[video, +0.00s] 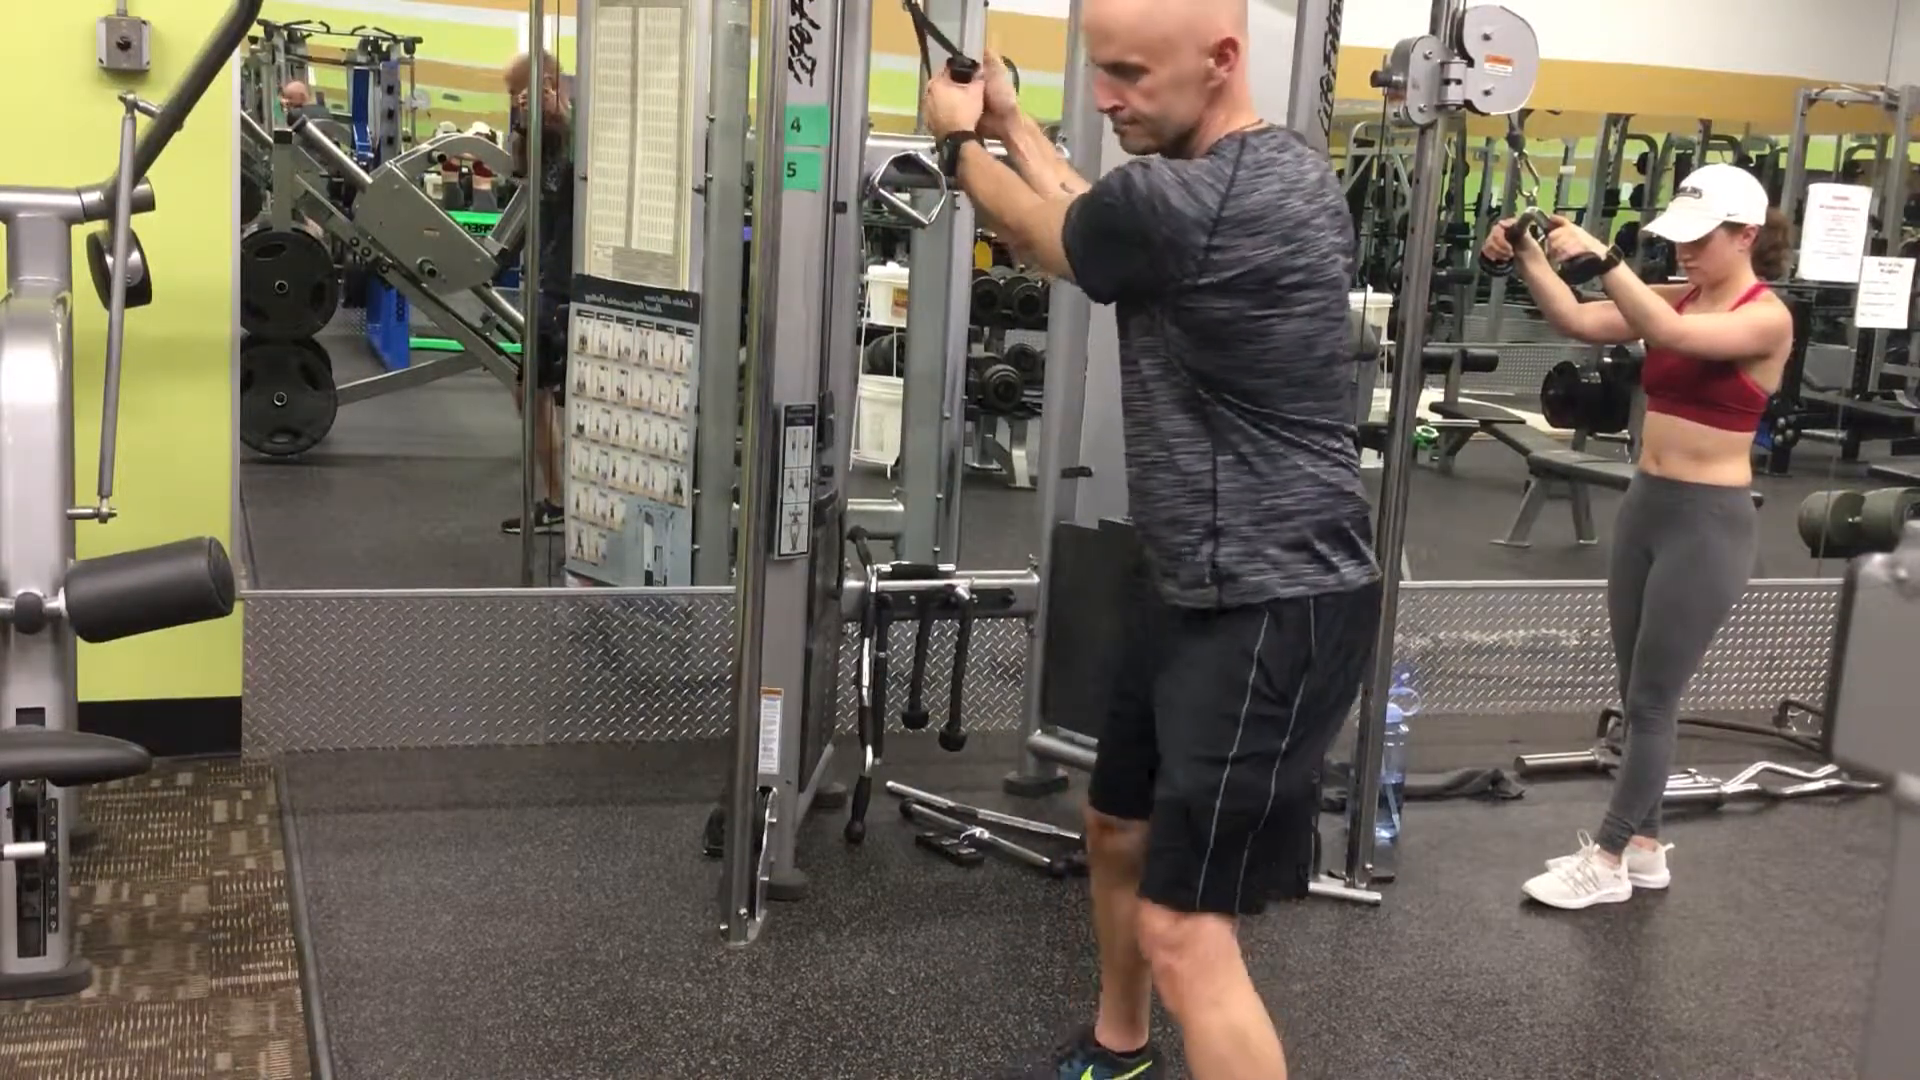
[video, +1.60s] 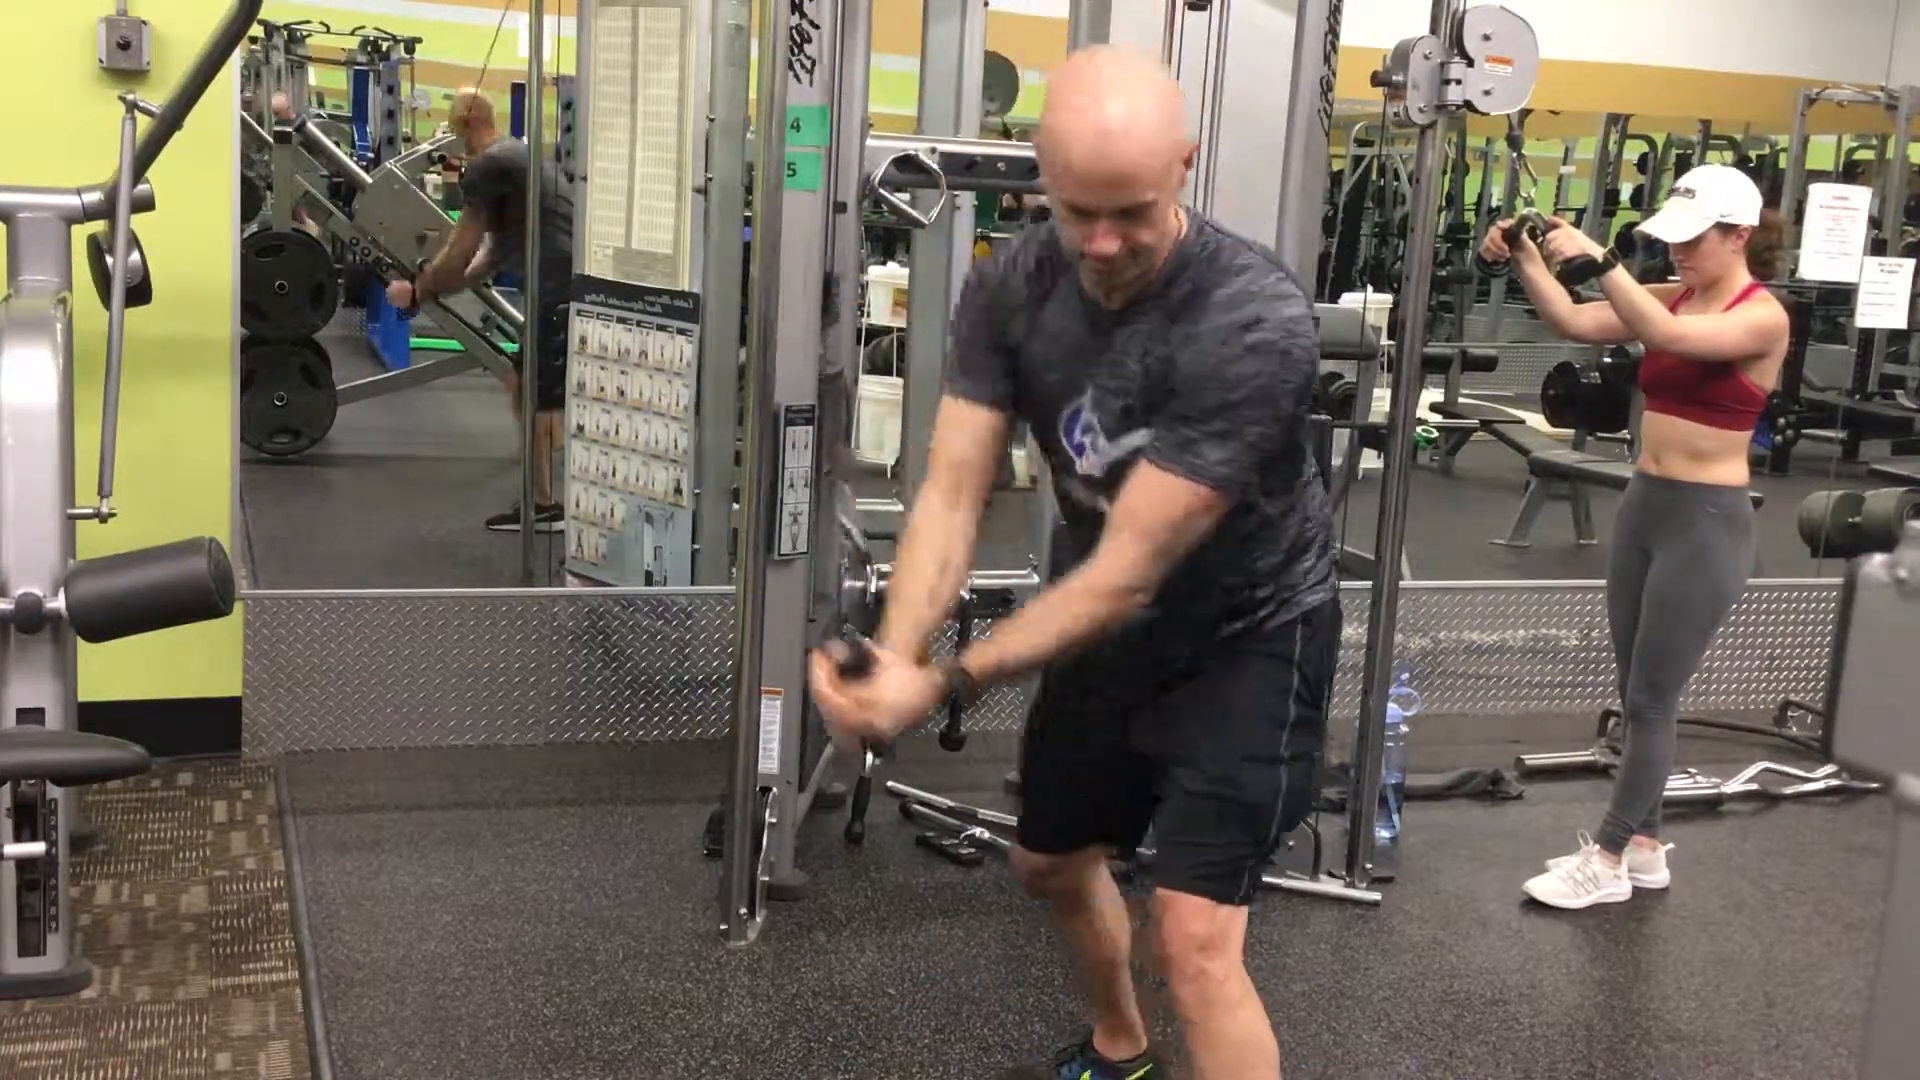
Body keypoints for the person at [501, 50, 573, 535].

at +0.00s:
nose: (519, 105)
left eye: (525, 94)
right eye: (514, 97)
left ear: (552, 89)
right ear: (517, 97)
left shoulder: (584, 137)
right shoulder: (531, 140)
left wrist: (567, 122)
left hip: (576, 283)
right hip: (542, 283)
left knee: (579, 398)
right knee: (531, 391)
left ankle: (580, 502)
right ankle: (553, 499)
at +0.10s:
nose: (513, 101)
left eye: (519, 91)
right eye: (511, 92)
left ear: (545, 89)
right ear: (550, 89)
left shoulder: (547, 139)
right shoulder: (547, 139)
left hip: (556, 285)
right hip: (552, 282)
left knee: (532, 390)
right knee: (539, 392)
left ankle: (555, 497)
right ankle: (556, 496)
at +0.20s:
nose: (512, 99)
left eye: (518, 90)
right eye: (511, 91)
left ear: (542, 88)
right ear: (550, 86)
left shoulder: (544, 135)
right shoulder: (560, 132)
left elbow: (533, 208)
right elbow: (524, 207)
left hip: (552, 280)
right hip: (554, 278)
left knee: (543, 391)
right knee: (544, 391)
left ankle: (554, 497)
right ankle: (552, 494)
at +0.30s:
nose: (513, 102)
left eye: (519, 93)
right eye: (513, 94)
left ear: (543, 88)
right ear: (552, 84)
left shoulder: (544, 132)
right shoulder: (570, 126)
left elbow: (528, 169)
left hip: (555, 281)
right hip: (564, 277)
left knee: (544, 399)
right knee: (549, 399)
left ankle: (546, 500)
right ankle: (549, 499)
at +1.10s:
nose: (477, 114)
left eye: (481, 102)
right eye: (474, 104)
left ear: (506, 96)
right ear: (496, 101)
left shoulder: (555, 139)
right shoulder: (503, 151)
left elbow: (538, 194)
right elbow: (483, 197)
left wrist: (483, 189)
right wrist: (452, 187)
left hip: (562, 280)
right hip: (533, 279)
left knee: (522, 385)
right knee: (525, 387)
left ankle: (546, 497)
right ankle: (545, 494)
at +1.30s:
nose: (470, 124)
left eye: (472, 113)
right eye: (467, 115)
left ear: (494, 105)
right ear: (496, 104)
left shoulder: (536, 147)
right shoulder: (506, 155)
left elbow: (503, 217)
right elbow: (477, 218)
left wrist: (420, 230)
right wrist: (425, 231)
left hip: (559, 292)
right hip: (545, 290)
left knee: (515, 389)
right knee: (555, 398)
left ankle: (544, 499)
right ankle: (557, 495)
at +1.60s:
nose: (449, 138)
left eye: (451, 129)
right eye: (449, 130)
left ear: (464, 124)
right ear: (490, 120)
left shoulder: (486, 166)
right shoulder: (525, 157)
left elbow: (457, 257)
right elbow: (487, 261)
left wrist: (417, 288)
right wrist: (434, 287)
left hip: (560, 291)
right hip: (588, 283)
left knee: (532, 394)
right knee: (528, 387)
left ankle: (543, 501)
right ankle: (552, 496)